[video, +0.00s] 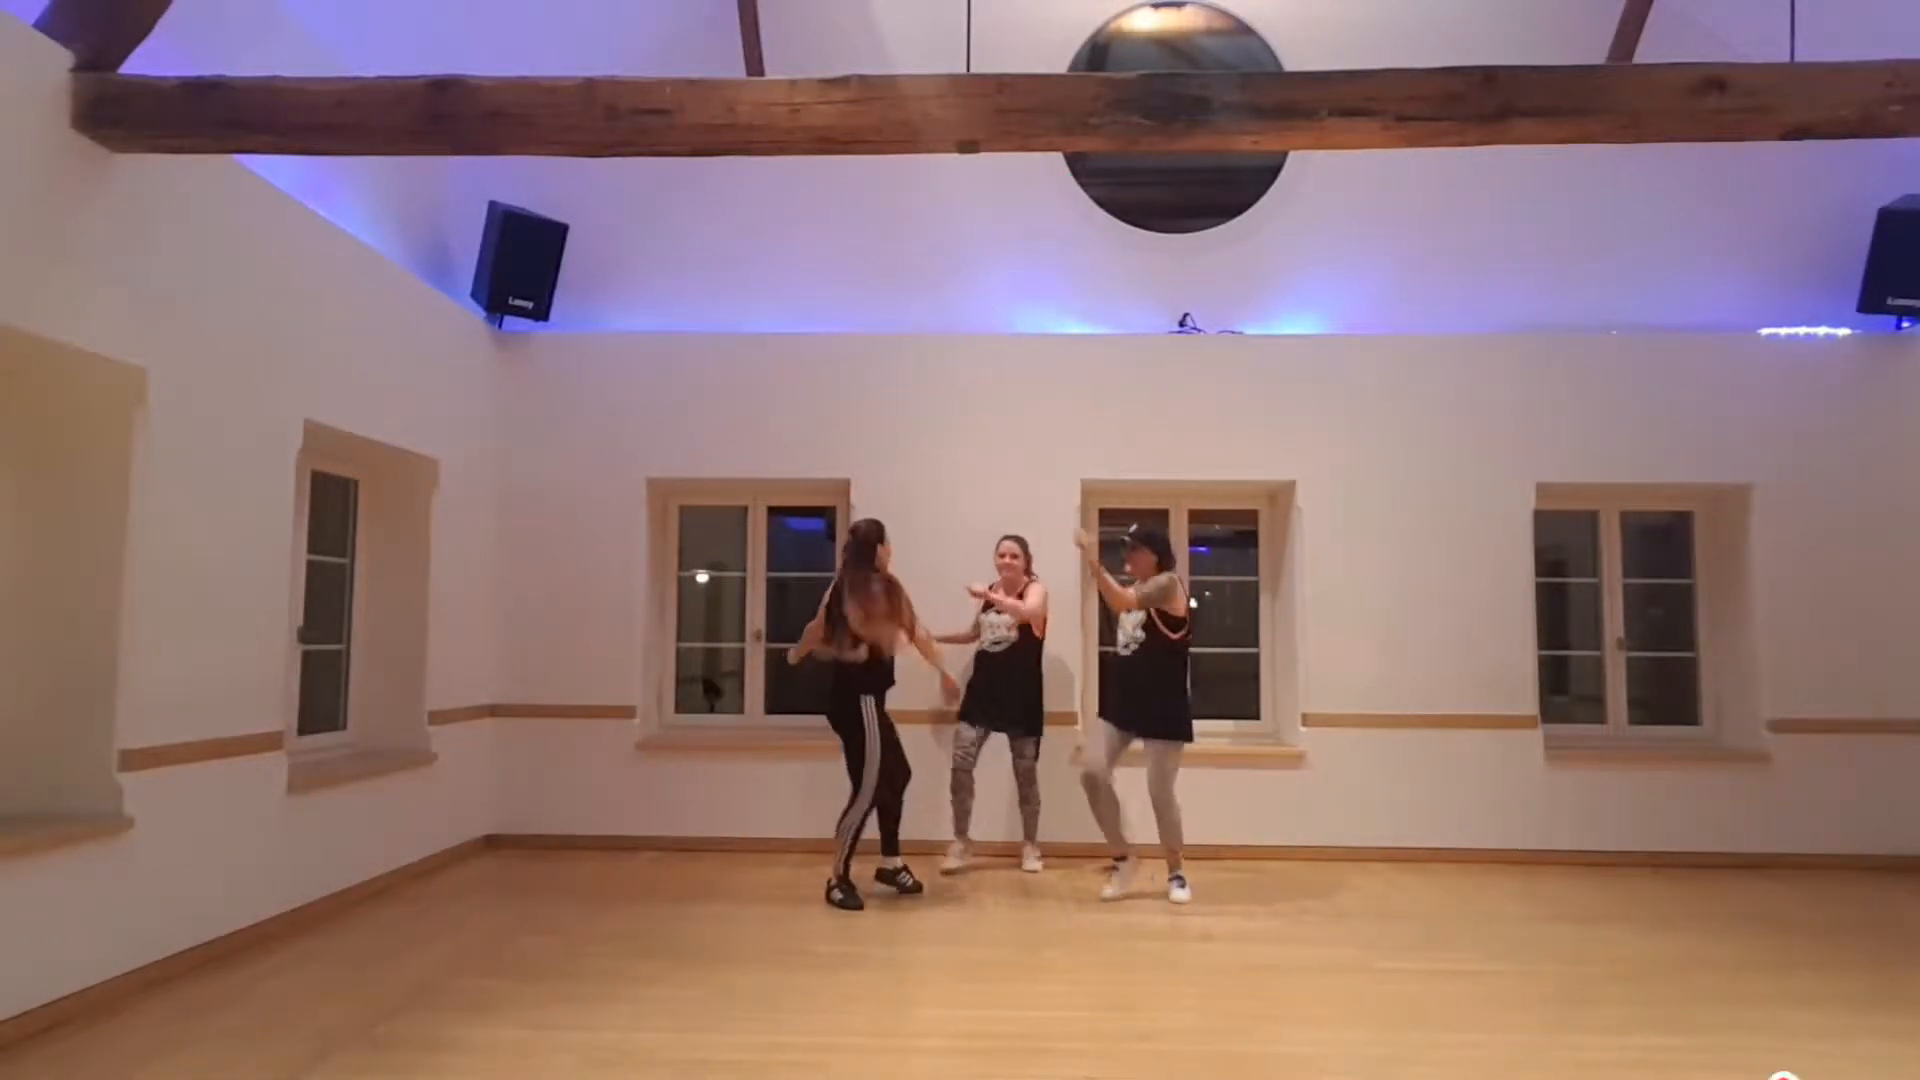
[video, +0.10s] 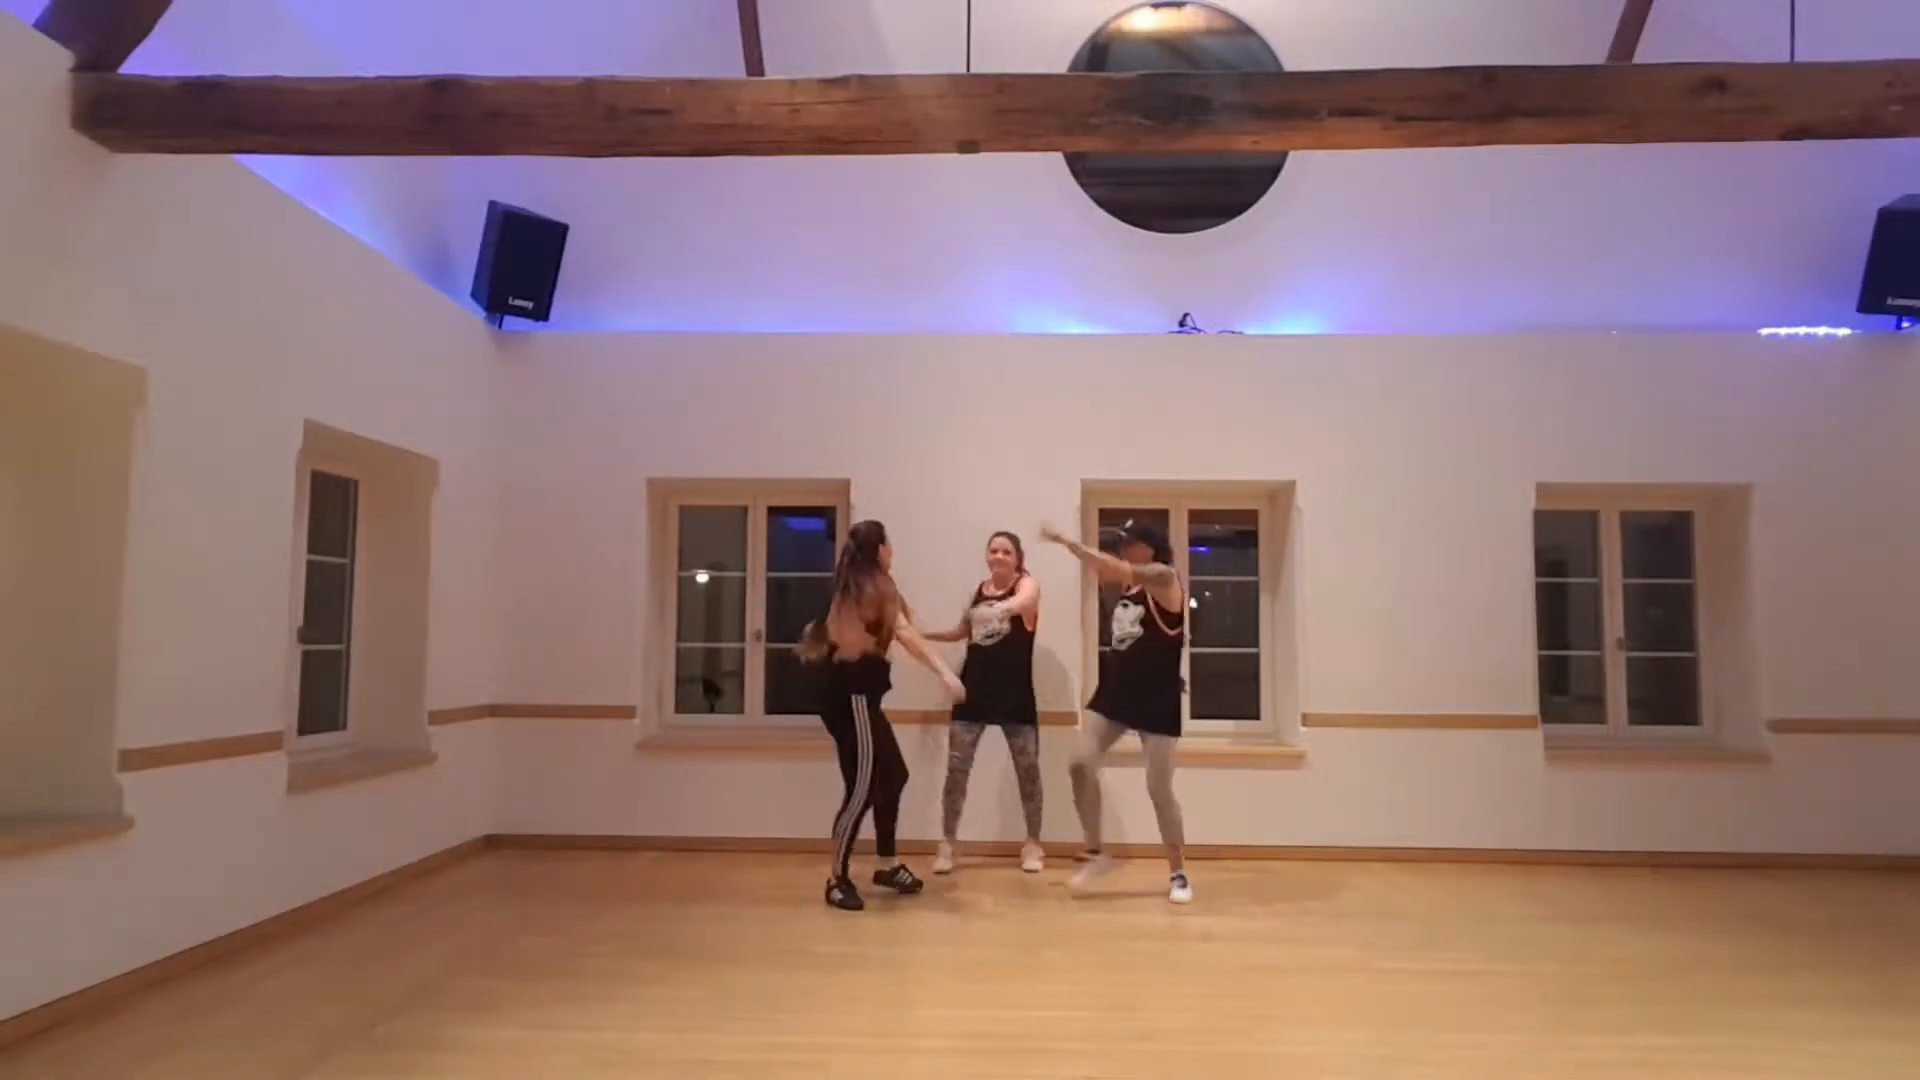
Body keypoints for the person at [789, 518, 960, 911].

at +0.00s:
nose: (891, 549)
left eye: (887, 543)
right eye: (887, 544)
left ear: (854, 549)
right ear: (880, 550)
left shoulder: (839, 588)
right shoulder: (887, 588)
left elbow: (813, 633)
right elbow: (916, 635)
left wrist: (796, 654)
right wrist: (944, 673)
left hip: (864, 698)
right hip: (858, 699)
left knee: (896, 775)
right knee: (868, 787)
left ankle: (891, 864)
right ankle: (838, 879)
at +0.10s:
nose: (891, 550)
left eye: (888, 543)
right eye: (888, 544)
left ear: (858, 549)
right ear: (879, 550)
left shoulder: (848, 585)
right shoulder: (881, 588)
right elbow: (906, 635)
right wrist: (945, 673)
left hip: (848, 690)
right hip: (856, 693)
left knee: (893, 775)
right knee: (863, 788)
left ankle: (887, 867)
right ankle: (838, 879)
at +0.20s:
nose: (894, 559)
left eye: (892, 553)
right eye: (891, 553)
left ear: (865, 557)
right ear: (882, 558)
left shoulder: (877, 596)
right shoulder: (864, 596)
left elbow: (907, 637)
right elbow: (883, 634)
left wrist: (904, 641)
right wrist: (908, 648)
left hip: (861, 700)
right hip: (846, 701)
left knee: (897, 782)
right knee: (869, 792)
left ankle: (884, 870)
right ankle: (838, 880)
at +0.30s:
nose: (898, 571)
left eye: (895, 565)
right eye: (894, 565)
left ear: (869, 572)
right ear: (884, 573)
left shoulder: (875, 615)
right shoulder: (864, 618)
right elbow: (841, 628)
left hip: (861, 713)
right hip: (841, 714)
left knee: (910, 788)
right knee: (872, 800)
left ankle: (886, 874)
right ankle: (839, 881)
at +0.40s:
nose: (898, 575)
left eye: (896, 569)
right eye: (894, 569)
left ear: (875, 574)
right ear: (882, 574)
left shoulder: (882, 610)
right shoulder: (850, 615)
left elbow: (863, 650)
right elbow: (817, 641)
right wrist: (797, 647)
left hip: (867, 716)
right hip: (838, 715)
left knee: (917, 792)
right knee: (868, 802)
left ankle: (885, 874)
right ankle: (839, 881)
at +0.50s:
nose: (894, 569)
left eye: (893, 562)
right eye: (891, 562)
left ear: (872, 567)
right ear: (878, 566)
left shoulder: (882, 604)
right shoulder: (842, 604)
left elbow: (887, 665)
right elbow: (812, 639)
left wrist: (909, 710)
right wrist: (782, 672)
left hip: (874, 711)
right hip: (838, 710)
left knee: (918, 788)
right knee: (861, 796)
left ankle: (887, 867)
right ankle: (838, 882)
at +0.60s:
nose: (891, 557)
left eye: (889, 551)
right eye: (887, 551)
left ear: (873, 556)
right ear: (872, 556)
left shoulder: (883, 595)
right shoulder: (840, 598)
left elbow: (895, 645)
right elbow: (808, 641)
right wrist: (785, 688)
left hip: (878, 702)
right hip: (840, 703)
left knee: (915, 782)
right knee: (853, 790)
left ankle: (893, 861)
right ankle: (837, 880)